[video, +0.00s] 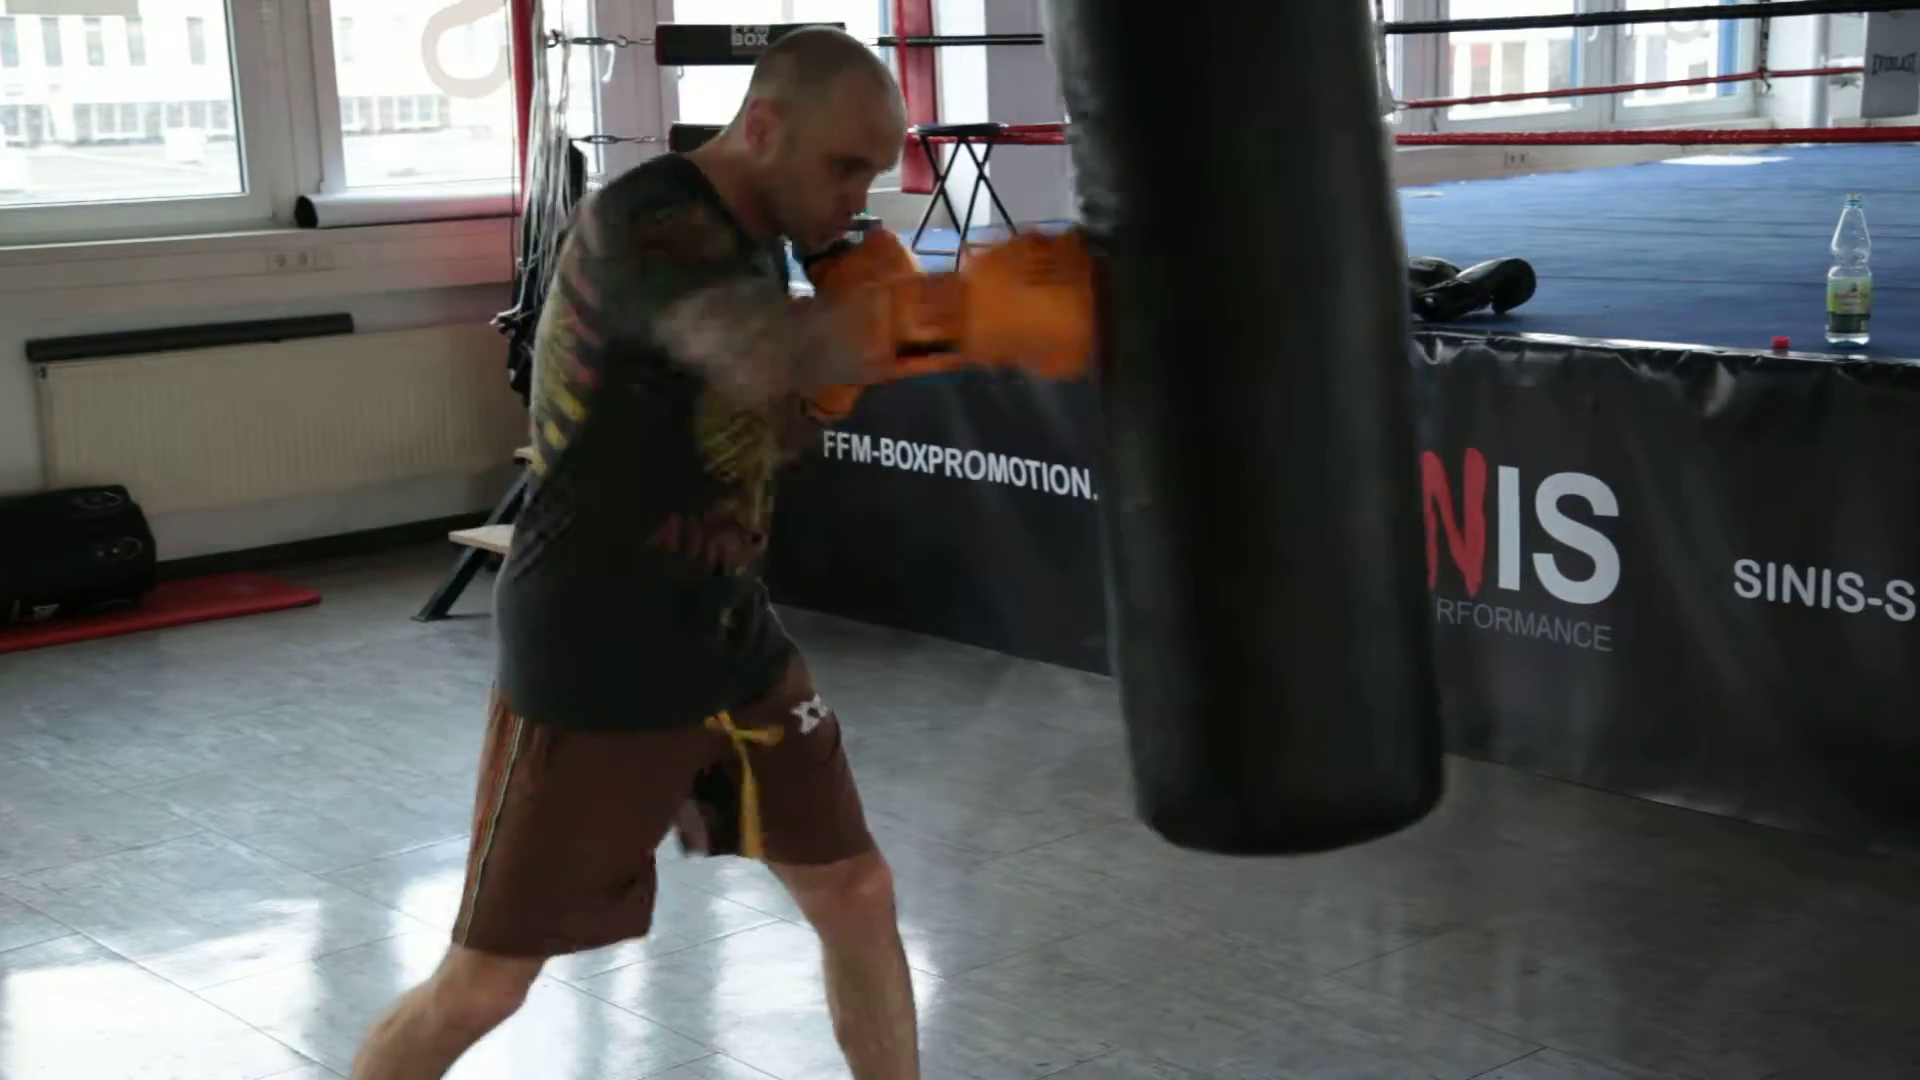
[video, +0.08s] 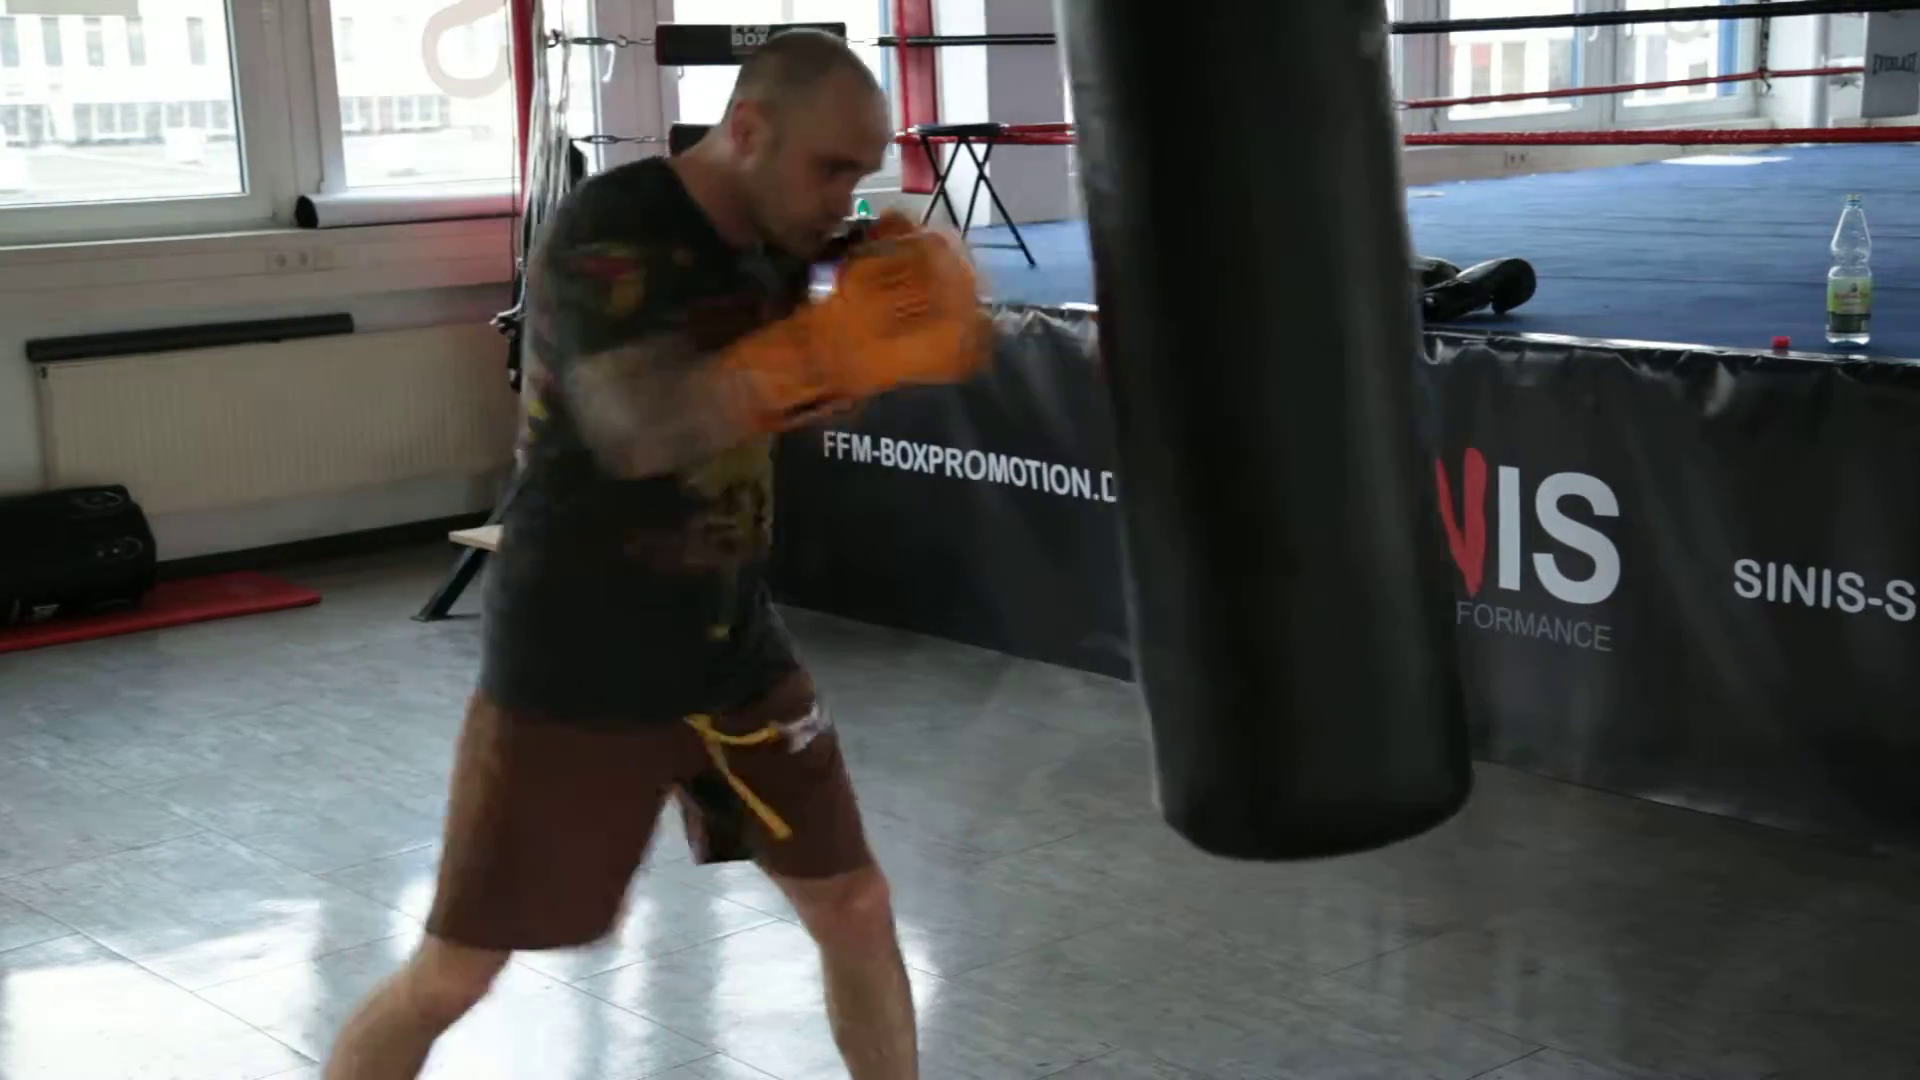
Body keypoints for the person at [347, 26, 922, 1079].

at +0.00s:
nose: (858, 203)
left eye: (871, 178)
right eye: (845, 171)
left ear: (772, 133)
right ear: (762, 129)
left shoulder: (750, 241)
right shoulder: (636, 220)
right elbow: (773, 362)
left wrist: (869, 329)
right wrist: (930, 314)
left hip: (722, 629)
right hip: (588, 649)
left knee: (855, 897)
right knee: (479, 987)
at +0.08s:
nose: (844, 203)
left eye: (858, 178)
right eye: (833, 171)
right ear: (749, 131)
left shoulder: (781, 244)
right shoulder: (597, 232)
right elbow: (631, 424)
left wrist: (921, 298)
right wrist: (819, 354)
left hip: (725, 643)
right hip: (569, 663)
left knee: (854, 909)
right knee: (453, 973)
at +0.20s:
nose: (806, 209)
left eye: (824, 185)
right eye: (792, 179)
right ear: (710, 136)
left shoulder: (795, 246)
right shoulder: (553, 231)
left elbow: (940, 313)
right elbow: (526, 440)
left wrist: (1049, 290)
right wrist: (698, 346)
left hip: (702, 652)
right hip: (532, 665)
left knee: (835, 919)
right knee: (420, 972)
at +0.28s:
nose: (756, 207)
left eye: (769, 185)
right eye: (743, 178)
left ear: (673, 143)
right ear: (661, 137)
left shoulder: (718, 249)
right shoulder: (507, 240)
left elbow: (826, 374)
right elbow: (501, 446)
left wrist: (947, 336)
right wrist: (660, 323)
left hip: (695, 650)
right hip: (527, 668)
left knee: (828, 913)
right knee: (413, 986)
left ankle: (890, 1078)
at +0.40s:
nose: (686, 212)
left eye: (700, 188)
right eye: (671, 183)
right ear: (587, 148)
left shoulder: (662, 259)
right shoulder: (440, 264)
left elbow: (744, 425)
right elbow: (450, 465)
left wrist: (803, 387)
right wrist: (595, 337)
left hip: (655, 665)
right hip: (493, 683)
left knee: (809, 911)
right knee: (392, 997)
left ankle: (879, 1079)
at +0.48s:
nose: (672, 196)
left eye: (686, 171)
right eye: (653, 166)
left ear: (692, 157)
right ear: (564, 135)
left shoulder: (664, 248)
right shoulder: (422, 256)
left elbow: (749, 415)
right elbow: (420, 467)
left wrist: (785, 351)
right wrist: (568, 342)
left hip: (652, 649)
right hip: (485, 669)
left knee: (803, 908)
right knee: (390, 981)